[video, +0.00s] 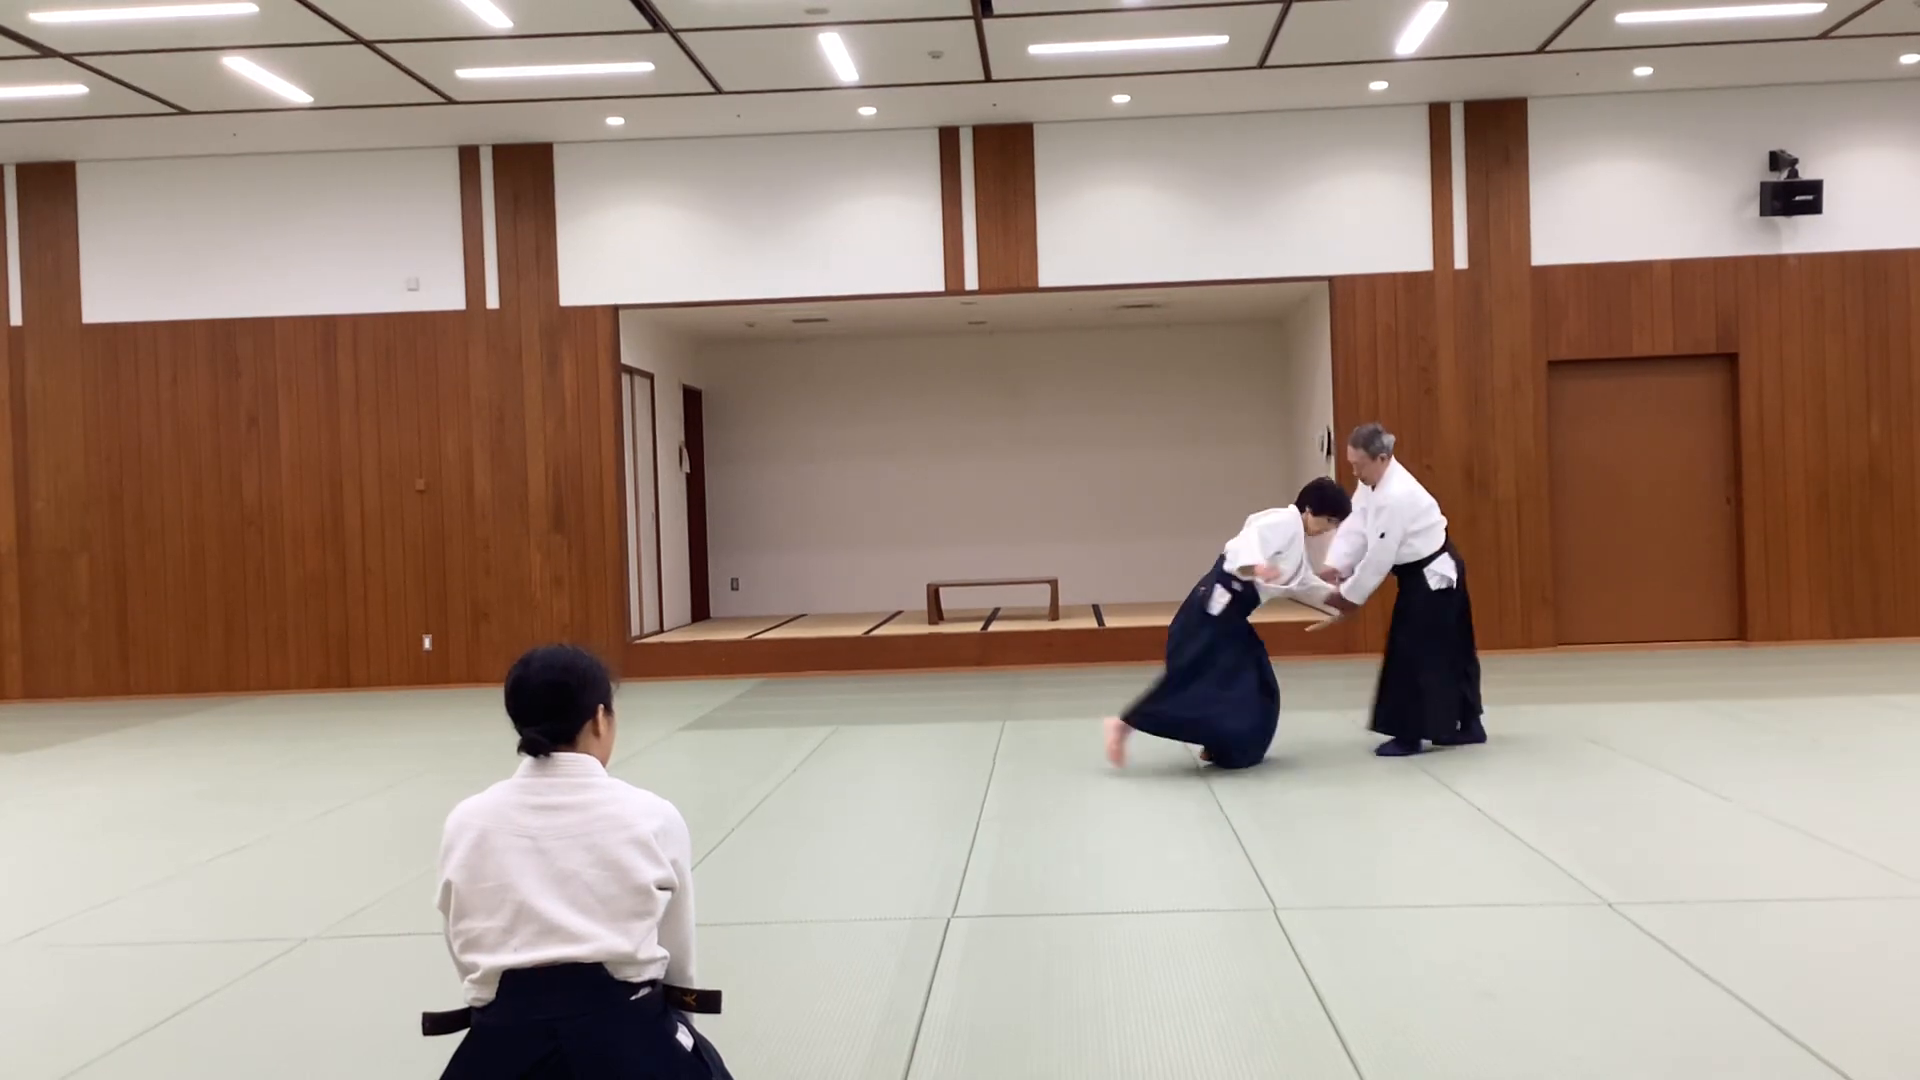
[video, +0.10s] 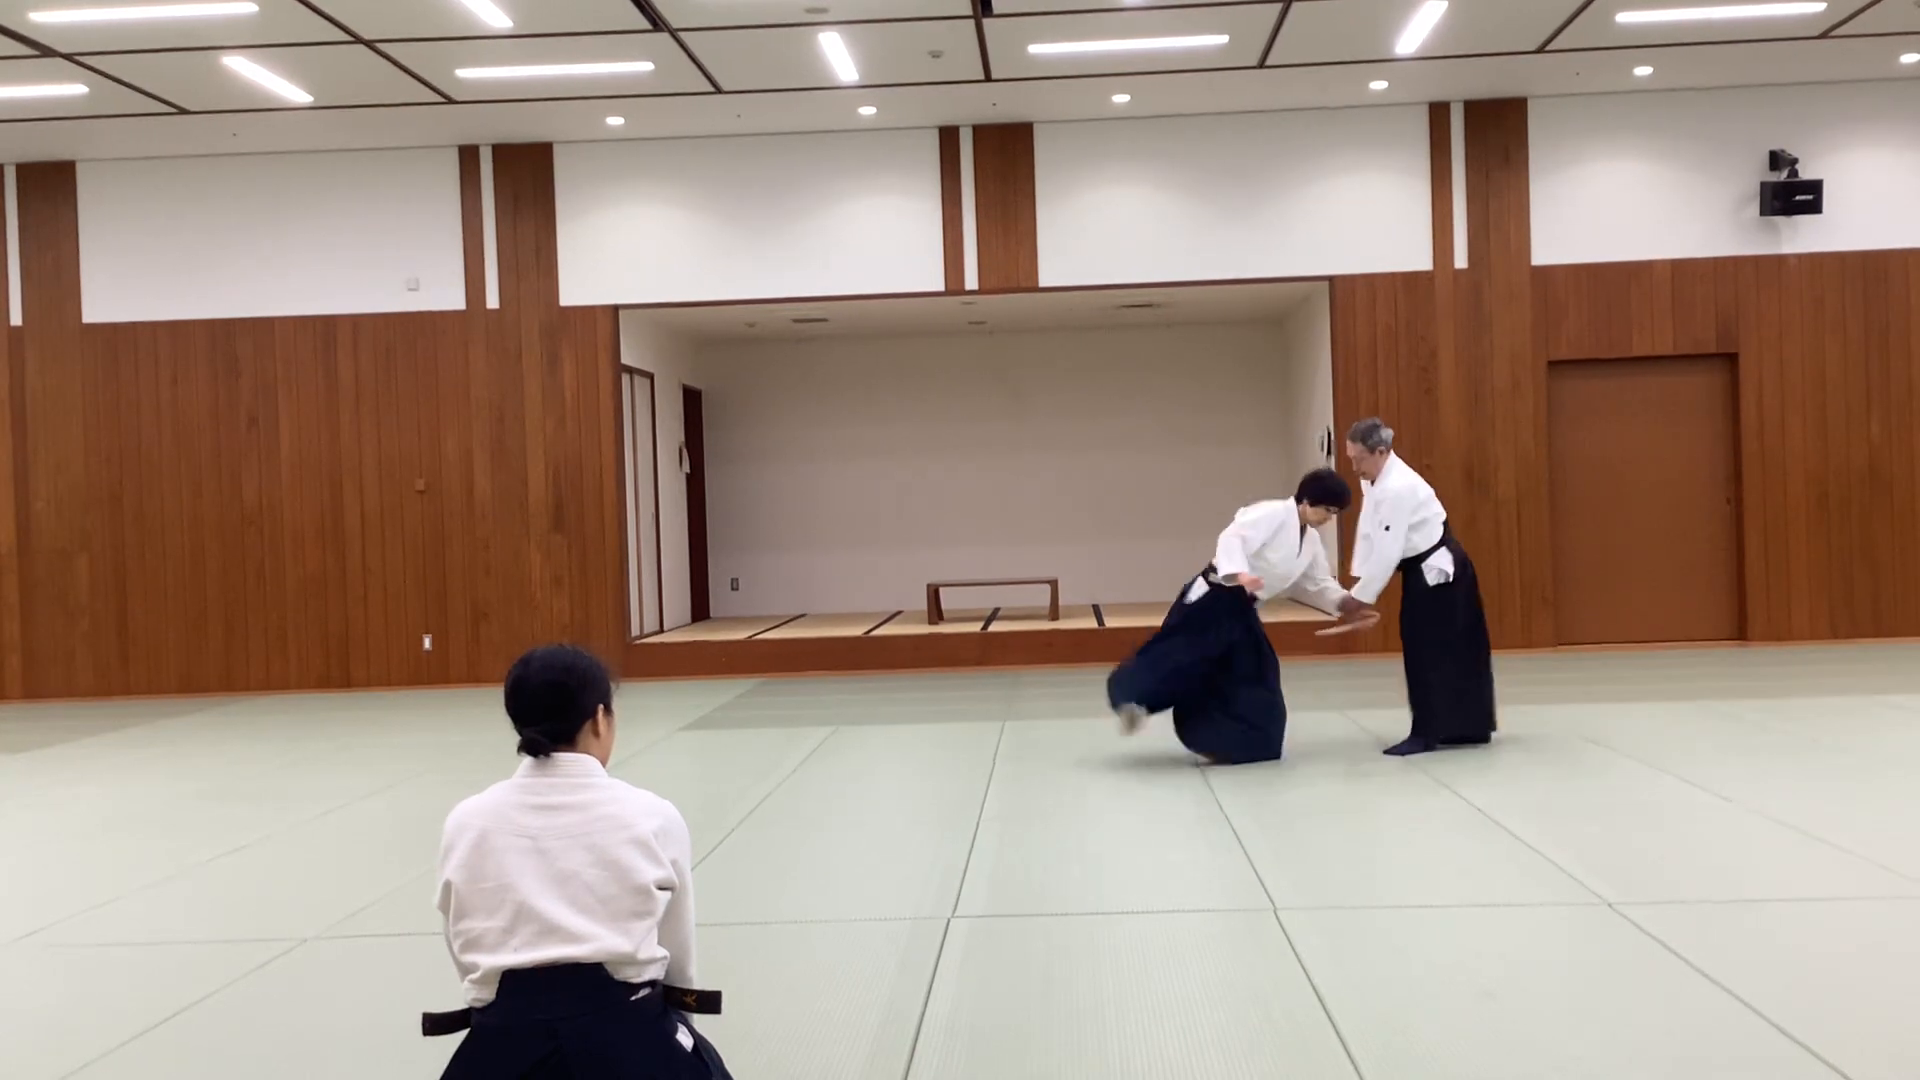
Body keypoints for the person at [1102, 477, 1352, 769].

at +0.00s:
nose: (1330, 530)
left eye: (1334, 525)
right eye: (1331, 523)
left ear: (1313, 512)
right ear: (1314, 512)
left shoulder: (1298, 538)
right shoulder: (1283, 520)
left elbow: (1298, 581)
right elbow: (1244, 542)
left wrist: (1331, 597)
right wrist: (1256, 565)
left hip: (1233, 614)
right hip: (1213, 605)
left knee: (1256, 683)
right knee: (1190, 676)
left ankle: (1219, 746)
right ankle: (1125, 724)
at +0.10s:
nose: (1330, 520)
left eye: (1334, 514)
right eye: (1328, 512)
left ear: (1318, 509)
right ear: (1309, 503)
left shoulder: (1311, 541)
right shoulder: (1275, 513)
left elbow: (1316, 583)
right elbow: (1231, 537)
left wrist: (1347, 602)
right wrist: (1241, 572)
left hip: (1244, 609)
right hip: (1217, 594)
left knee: (1259, 673)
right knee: (1194, 651)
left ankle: (1224, 744)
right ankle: (1134, 694)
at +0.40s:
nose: (1290, 488)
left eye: (1295, 481)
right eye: (1284, 481)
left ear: (1300, 478)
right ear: (1266, 476)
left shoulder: (1303, 509)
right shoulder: (1237, 501)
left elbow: (1332, 538)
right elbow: (1210, 537)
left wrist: (1355, 562)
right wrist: (1186, 573)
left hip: (1281, 592)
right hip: (1240, 589)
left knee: (1284, 656)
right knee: (1242, 655)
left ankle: (1292, 716)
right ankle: (1267, 721)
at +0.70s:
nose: (1294, 447)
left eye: (1299, 439)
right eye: (1286, 441)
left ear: (1304, 438)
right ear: (1271, 439)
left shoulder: (1316, 470)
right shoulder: (1251, 469)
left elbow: (1333, 505)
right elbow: (1235, 510)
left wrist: (1346, 528)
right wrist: (1227, 550)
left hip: (1307, 561)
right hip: (1265, 563)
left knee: (1322, 637)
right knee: (1273, 640)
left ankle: (1335, 717)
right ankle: (1284, 714)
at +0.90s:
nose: (1297, 443)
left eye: (1302, 436)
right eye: (1290, 437)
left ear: (1308, 437)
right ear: (1275, 437)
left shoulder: (1321, 470)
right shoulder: (1255, 472)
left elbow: (1333, 500)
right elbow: (1237, 515)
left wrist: (1340, 516)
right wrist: (1222, 556)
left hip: (1310, 564)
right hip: (1269, 566)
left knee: (1324, 639)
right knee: (1278, 643)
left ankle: (1336, 721)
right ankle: (1290, 721)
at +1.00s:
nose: (1300, 442)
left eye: (1305, 435)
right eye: (1293, 436)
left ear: (1312, 436)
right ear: (1279, 436)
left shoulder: (1325, 469)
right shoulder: (1259, 470)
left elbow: (1334, 500)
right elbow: (1241, 513)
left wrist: (1338, 511)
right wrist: (1224, 550)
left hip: (1311, 562)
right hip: (1270, 564)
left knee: (1321, 640)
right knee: (1278, 642)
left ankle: (1332, 725)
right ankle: (1290, 721)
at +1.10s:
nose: (1301, 438)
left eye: (1307, 431)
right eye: (1294, 431)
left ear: (1315, 433)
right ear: (1281, 433)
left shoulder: (1328, 467)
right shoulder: (1263, 468)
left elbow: (1337, 500)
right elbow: (1246, 511)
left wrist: (1339, 504)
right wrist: (1229, 549)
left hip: (1311, 559)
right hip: (1271, 560)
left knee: (1322, 637)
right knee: (1278, 639)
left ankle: (1334, 723)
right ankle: (1289, 719)